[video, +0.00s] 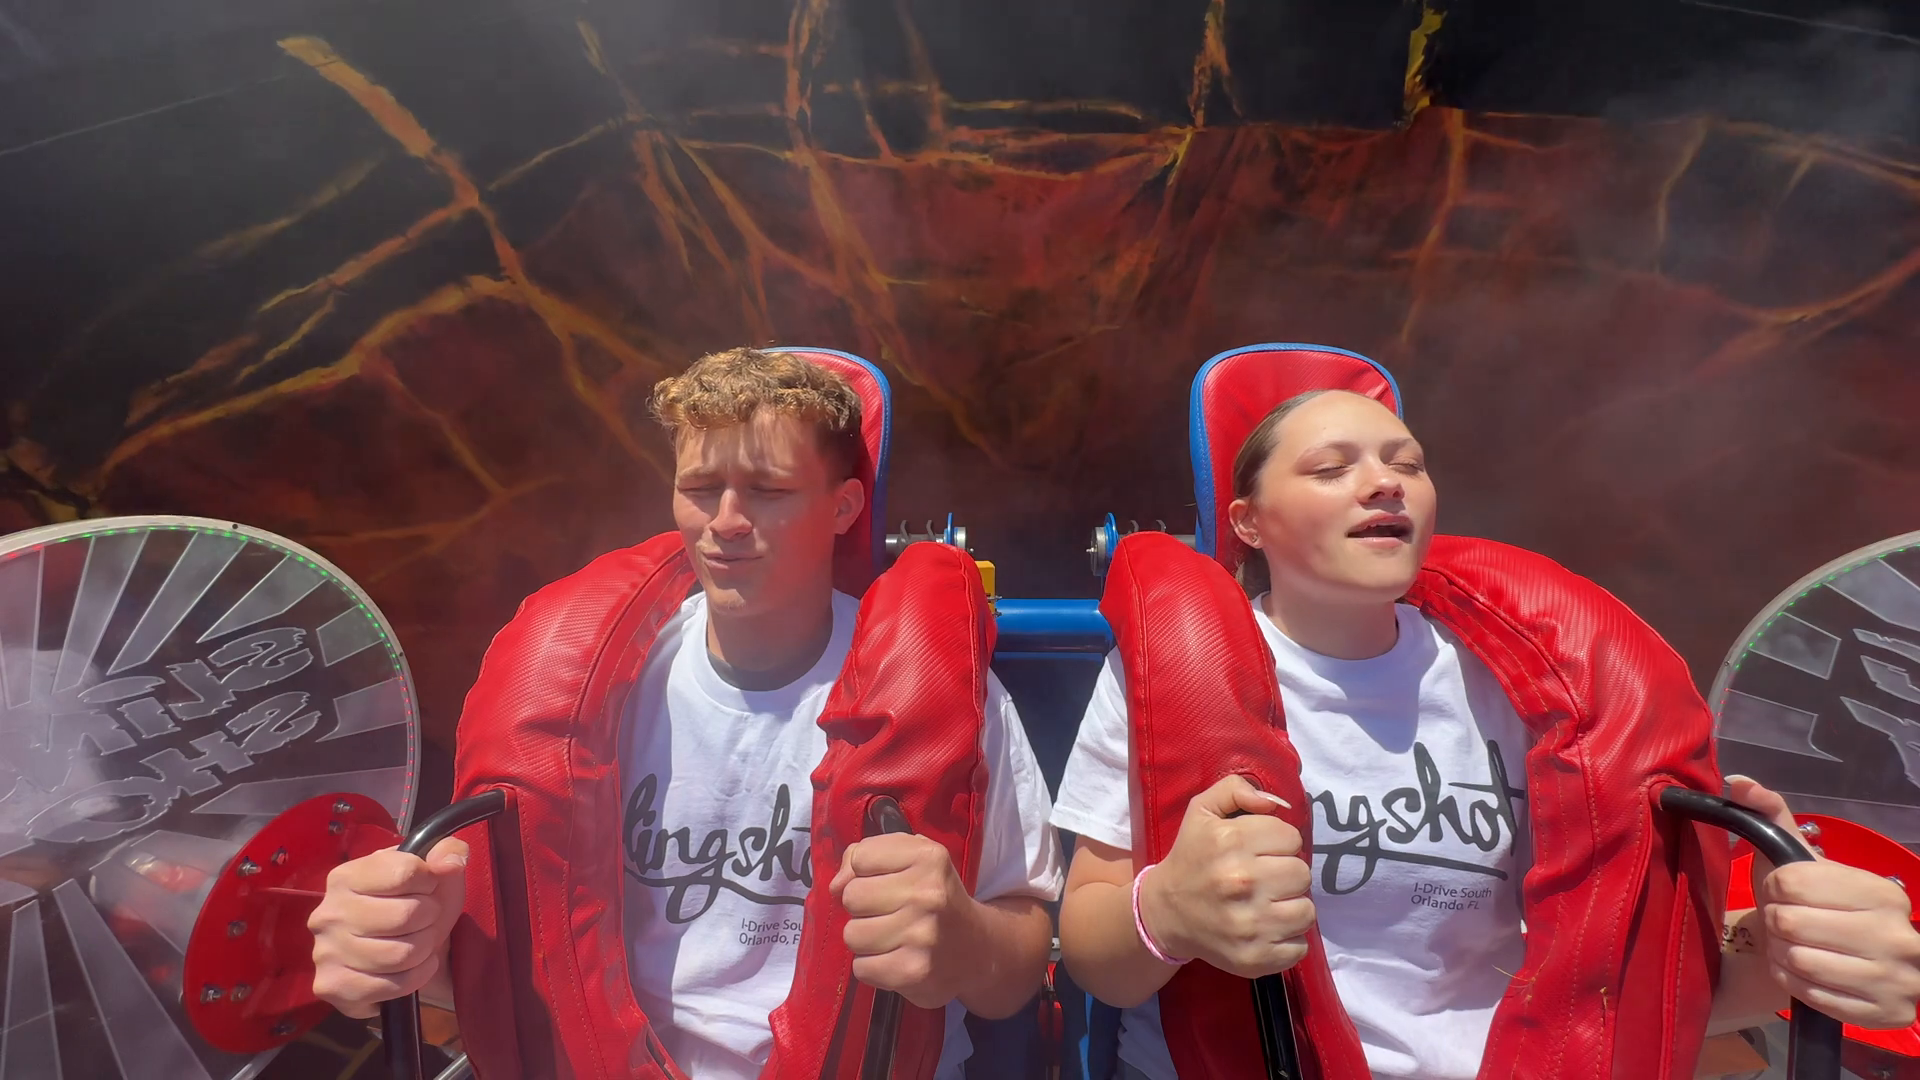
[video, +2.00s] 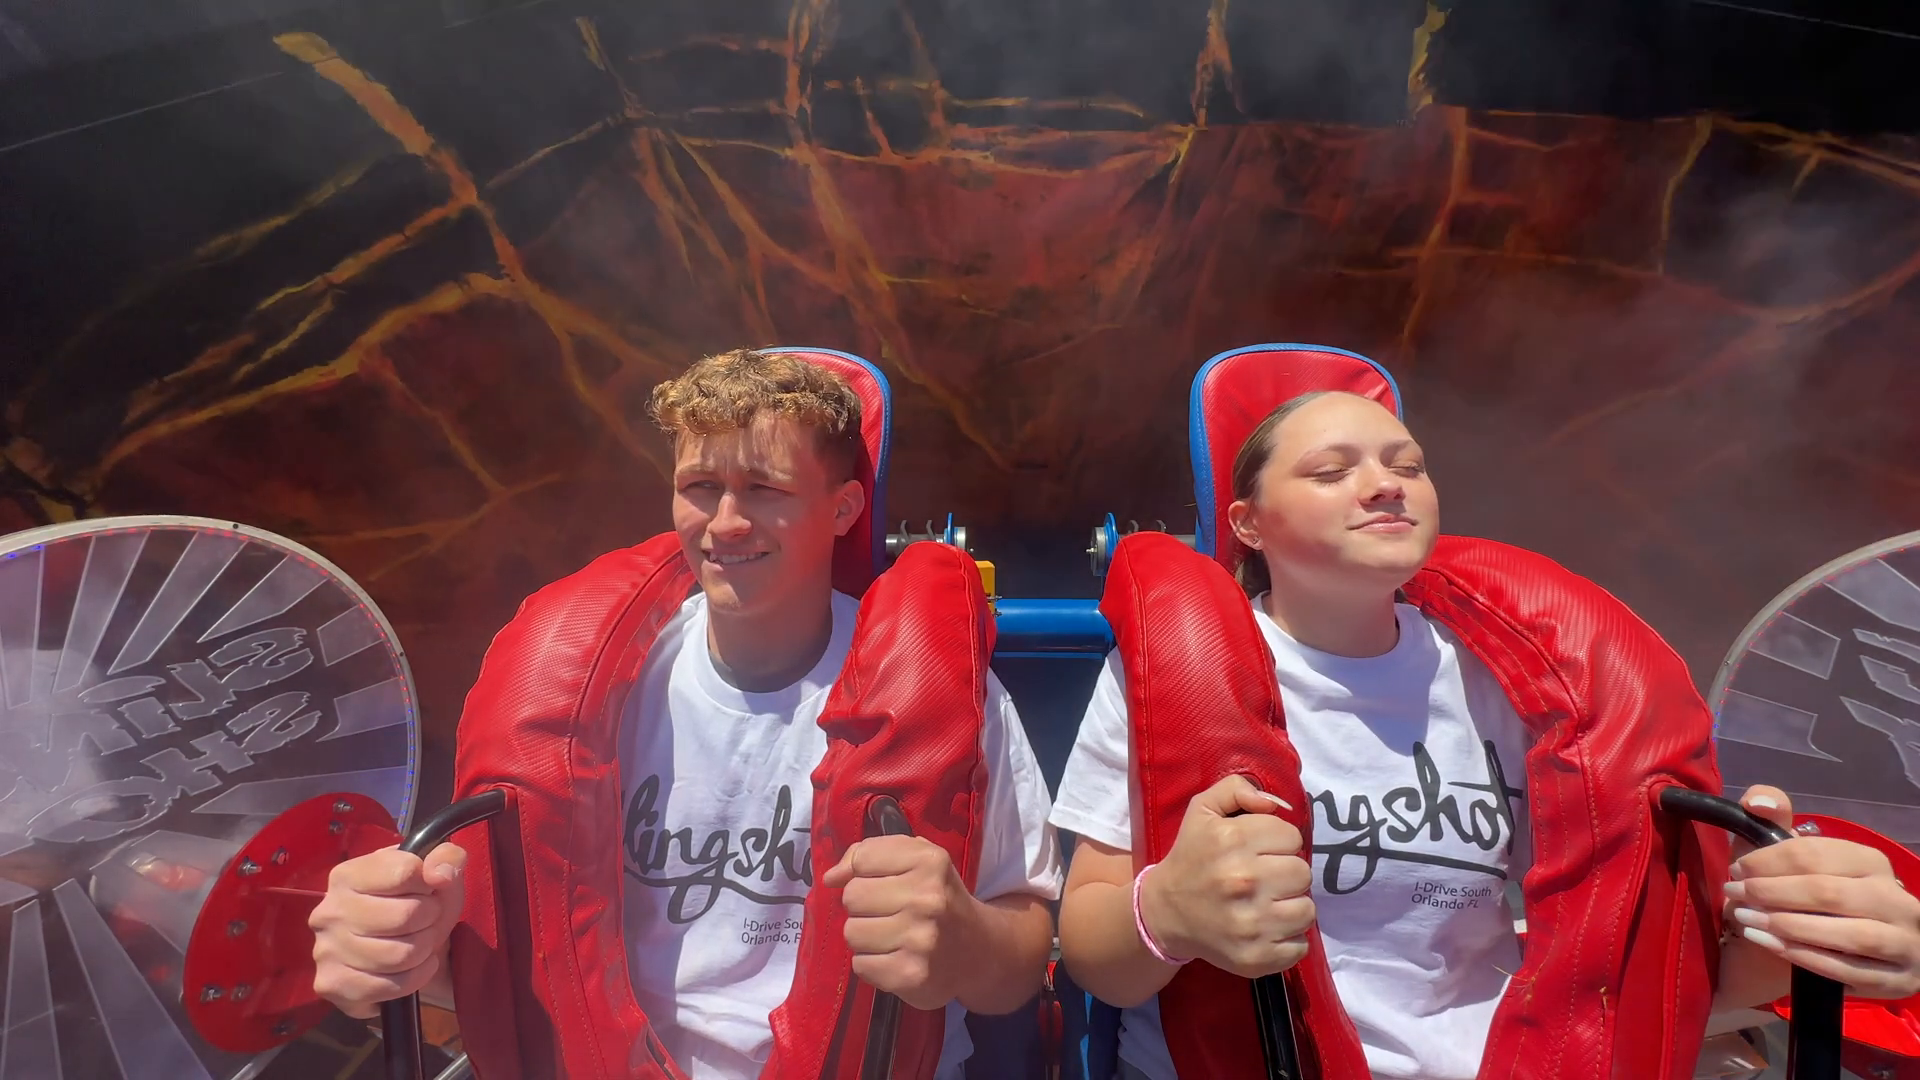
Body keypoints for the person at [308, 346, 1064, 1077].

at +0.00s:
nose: (727, 522)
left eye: (766, 490)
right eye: (704, 488)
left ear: (846, 507)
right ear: (674, 493)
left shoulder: (935, 690)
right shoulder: (583, 673)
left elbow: (1025, 962)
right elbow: (505, 932)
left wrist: (969, 945)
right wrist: (410, 944)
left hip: (831, 1062)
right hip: (612, 1057)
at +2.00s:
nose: (725, 523)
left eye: (764, 491)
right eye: (702, 489)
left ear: (845, 506)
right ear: (673, 491)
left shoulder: (934, 688)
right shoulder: (582, 673)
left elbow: (1027, 957)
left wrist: (969, 946)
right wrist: (415, 944)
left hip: (837, 1064)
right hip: (616, 1059)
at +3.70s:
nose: (831, 522)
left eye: (850, 492)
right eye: (789, 487)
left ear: (873, 504)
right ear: (693, 499)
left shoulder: (937, 685)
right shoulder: (583, 671)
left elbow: (1024, 952)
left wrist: (965, 950)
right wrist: (411, 941)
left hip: (840, 1063)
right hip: (614, 1059)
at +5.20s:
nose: (737, 495)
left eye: (778, 465)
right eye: (710, 463)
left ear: (845, 500)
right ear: (674, 488)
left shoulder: (937, 688)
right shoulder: (582, 674)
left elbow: (1025, 960)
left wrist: (965, 949)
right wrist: (411, 947)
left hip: (841, 1063)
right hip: (617, 1058)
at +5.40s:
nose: (724, 463)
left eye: (770, 445)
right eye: (701, 443)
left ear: (841, 502)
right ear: (666, 490)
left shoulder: (938, 688)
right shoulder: (577, 678)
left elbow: (1025, 959)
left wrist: (964, 949)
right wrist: (411, 948)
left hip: (844, 1063)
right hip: (618, 1059)